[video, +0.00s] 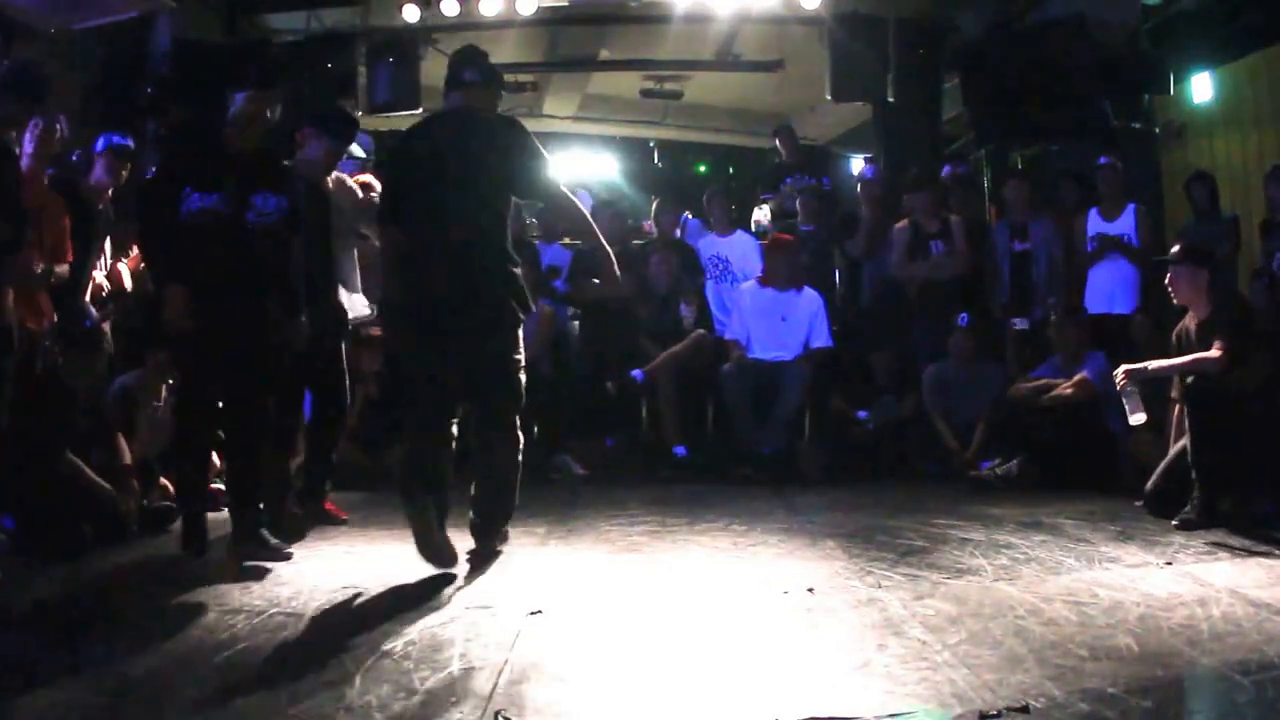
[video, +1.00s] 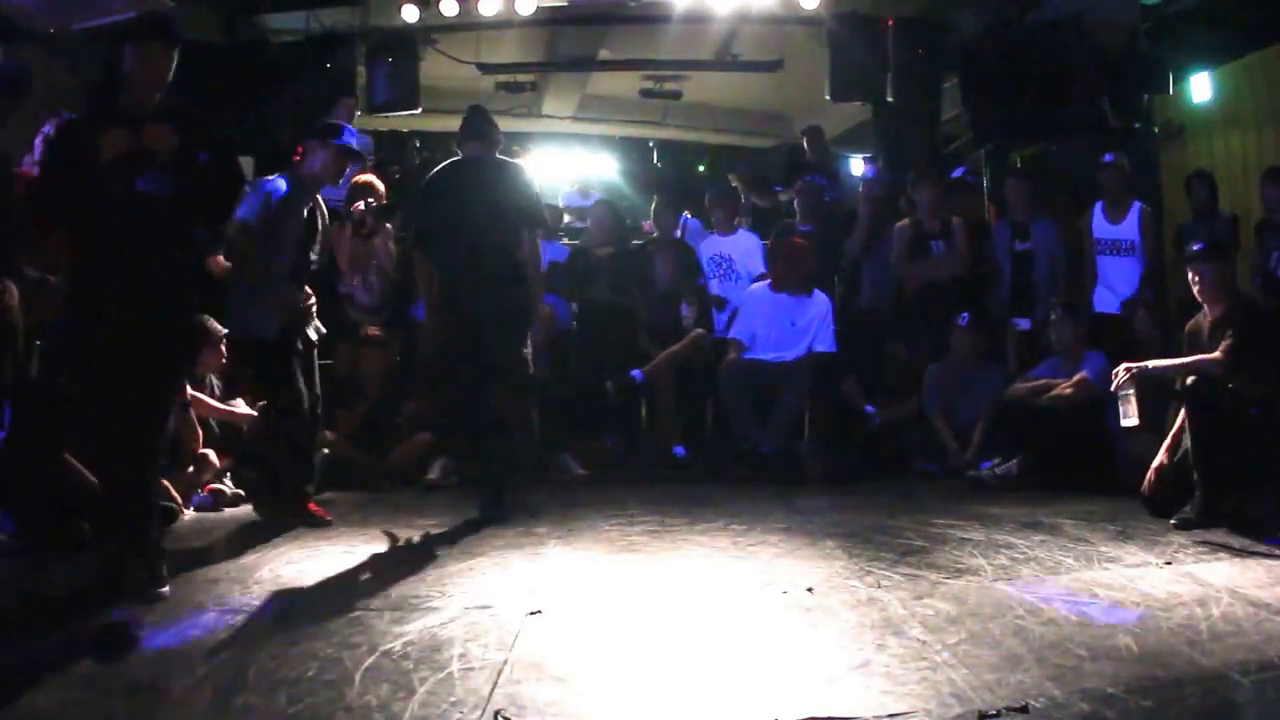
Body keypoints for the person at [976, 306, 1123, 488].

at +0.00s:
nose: (1056, 336)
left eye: (1062, 329)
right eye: (1054, 329)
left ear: (1078, 331)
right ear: (1051, 333)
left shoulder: (1095, 360)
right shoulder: (1057, 362)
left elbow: (1075, 392)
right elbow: (1014, 392)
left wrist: (1040, 401)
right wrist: (1053, 383)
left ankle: (1022, 464)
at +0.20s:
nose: (1054, 333)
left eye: (1060, 327)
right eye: (1052, 327)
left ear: (1078, 329)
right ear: (1049, 331)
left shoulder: (1096, 360)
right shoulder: (1055, 363)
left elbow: (1073, 393)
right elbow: (1014, 392)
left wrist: (1035, 401)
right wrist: (1057, 383)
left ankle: (1021, 464)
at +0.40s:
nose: (1052, 332)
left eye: (1058, 326)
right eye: (1051, 326)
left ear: (1076, 330)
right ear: (1049, 330)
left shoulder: (1096, 360)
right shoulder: (1055, 363)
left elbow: (1071, 393)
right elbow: (1013, 392)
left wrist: (1033, 401)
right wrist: (1057, 384)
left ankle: (1022, 463)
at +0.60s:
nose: (1055, 335)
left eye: (1061, 328)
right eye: (1053, 329)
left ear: (1078, 331)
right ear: (1049, 333)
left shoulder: (1095, 360)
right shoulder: (1056, 362)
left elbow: (1072, 393)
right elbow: (1012, 392)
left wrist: (1036, 401)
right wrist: (1056, 383)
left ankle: (1021, 462)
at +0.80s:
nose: (1054, 334)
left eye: (1061, 328)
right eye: (1052, 328)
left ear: (1077, 330)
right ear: (1049, 333)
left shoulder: (1095, 359)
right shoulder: (1056, 362)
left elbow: (1071, 393)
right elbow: (1012, 392)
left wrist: (1035, 401)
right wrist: (1054, 384)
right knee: (1005, 406)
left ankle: (1019, 463)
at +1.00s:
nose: (1053, 332)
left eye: (1060, 326)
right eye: (1052, 326)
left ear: (1077, 329)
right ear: (1049, 331)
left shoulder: (1095, 361)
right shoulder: (1054, 363)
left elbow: (1069, 393)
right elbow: (1011, 392)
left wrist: (1033, 400)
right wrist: (1054, 384)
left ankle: (1019, 464)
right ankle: (1002, 459)